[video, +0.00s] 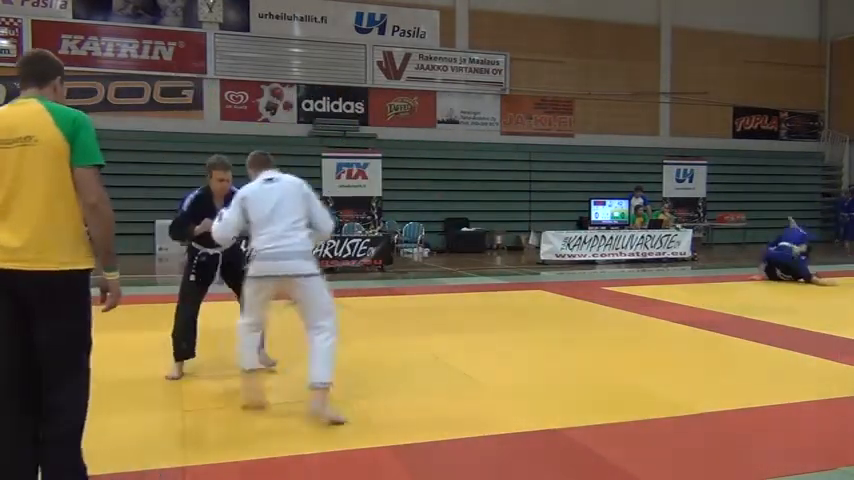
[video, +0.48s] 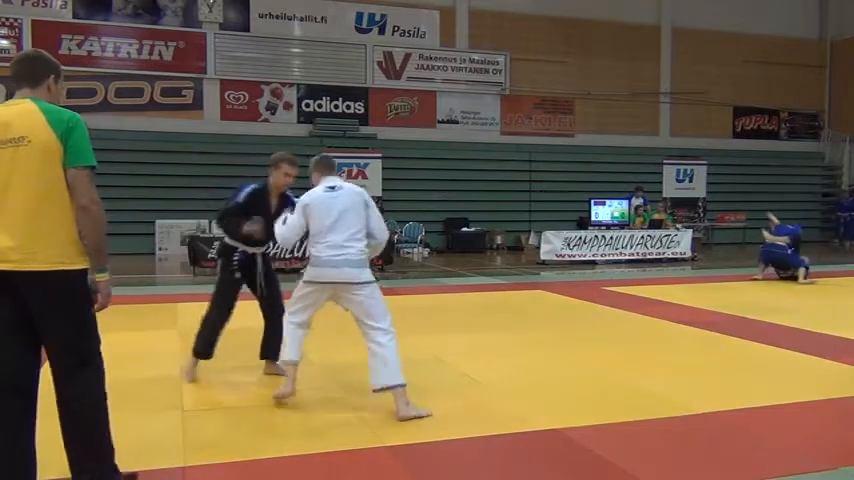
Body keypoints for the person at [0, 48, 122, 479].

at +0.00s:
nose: (65, 92)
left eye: (64, 87)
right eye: (64, 86)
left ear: (19, 84)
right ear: (57, 84)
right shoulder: (71, 121)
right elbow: (93, 199)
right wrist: (108, 269)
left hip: (5, 277)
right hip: (58, 278)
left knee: (13, 387)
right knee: (64, 388)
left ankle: (17, 469)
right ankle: (63, 471)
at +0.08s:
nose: (64, 92)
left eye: (63, 86)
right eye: (63, 85)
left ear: (18, 83)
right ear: (54, 83)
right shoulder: (67, 121)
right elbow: (90, 200)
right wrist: (110, 269)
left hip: (5, 280)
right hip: (56, 280)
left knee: (12, 398)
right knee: (66, 398)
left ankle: (15, 472)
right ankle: (68, 474)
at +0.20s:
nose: (62, 93)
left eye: (62, 88)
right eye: (61, 87)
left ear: (13, 84)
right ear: (50, 84)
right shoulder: (60, 120)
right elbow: (86, 199)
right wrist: (108, 267)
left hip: (4, 276)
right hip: (52, 274)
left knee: (12, 382)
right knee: (78, 374)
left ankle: (14, 472)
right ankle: (75, 473)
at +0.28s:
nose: (61, 93)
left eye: (61, 88)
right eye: (60, 87)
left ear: (11, 84)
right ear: (49, 84)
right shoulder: (59, 120)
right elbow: (84, 200)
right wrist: (105, 267)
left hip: (5, 279)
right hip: (53, 276)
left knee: (12, 386)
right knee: (79, 377)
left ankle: (15, 473)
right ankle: (80, 474)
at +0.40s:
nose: (61, 93)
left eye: (61, 87)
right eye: (60, 86)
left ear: (11, 84)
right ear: (49, 84)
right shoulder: (61, 121)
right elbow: (84, 201)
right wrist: (102, 268)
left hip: (5, 278)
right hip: (55, 276)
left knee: (11, 389)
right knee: (81, 380)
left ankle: (14, 473)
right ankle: (91, 473)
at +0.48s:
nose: (64, 93)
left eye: (64, 87)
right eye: (63, 86)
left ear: (13, 84)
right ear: (52, 83)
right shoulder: (63, 121)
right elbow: (85, 201)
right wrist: (101, 270)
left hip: (6, 279)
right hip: (56, 277)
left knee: (11, 390)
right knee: (81, 383)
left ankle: (15, 473)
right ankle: (97, 474)